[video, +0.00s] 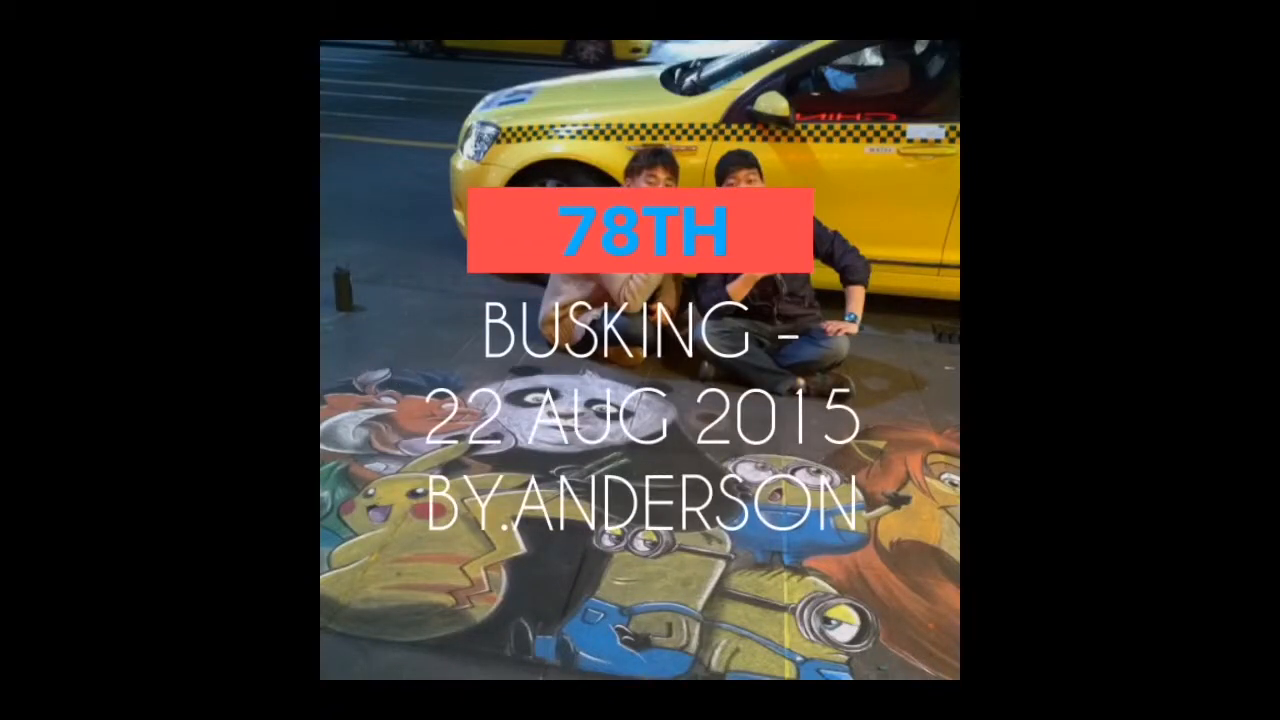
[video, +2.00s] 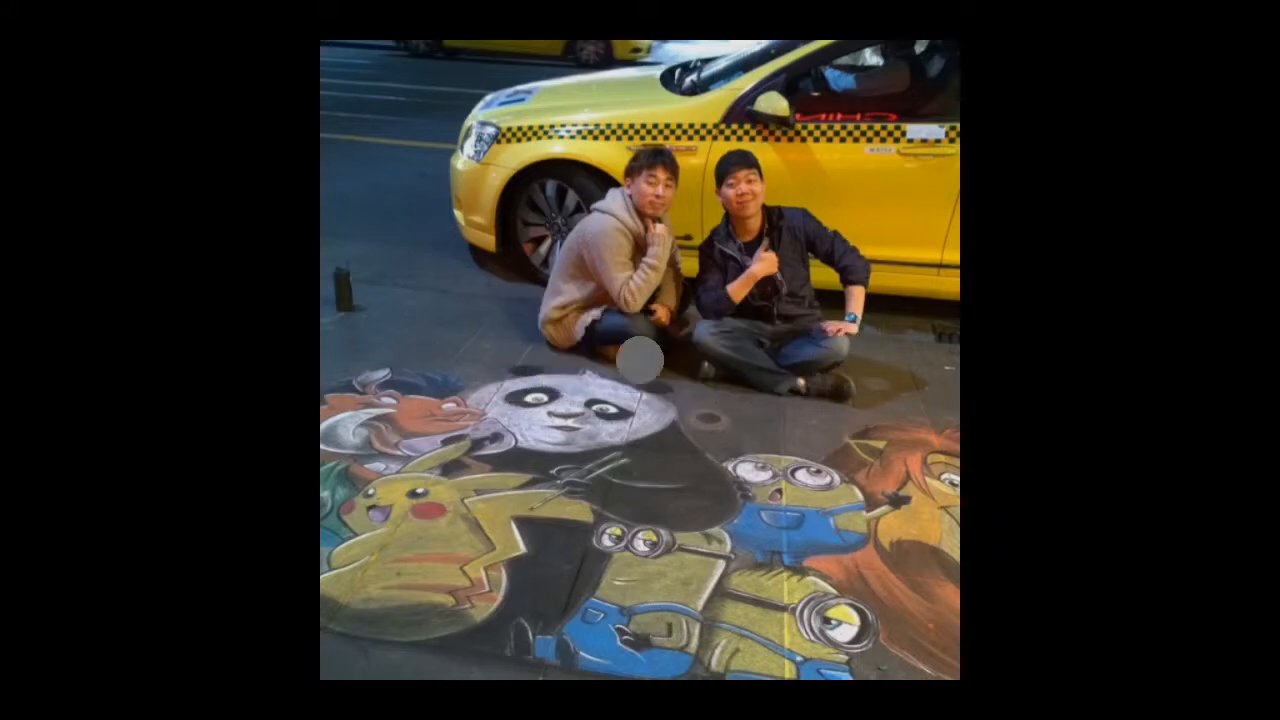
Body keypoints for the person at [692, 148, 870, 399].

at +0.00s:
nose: (743, 190)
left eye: (750, 181)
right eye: (732, 184)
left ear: (763, 184)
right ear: (721, 192)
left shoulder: (791, 220)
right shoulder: (716, 230)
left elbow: (853, 262)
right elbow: (707, 303)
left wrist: (851, 319)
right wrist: (751, 276)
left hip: (800, 325)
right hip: (747, 324)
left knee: (837, 345)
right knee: (708, 333)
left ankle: (732, 371)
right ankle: (798, 386)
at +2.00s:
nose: (743, 191)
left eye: (750, 181)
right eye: (732, 185)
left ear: (763, 187)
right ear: (720, 195)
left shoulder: (795, 222)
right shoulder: (713, 246)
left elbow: (853, 262)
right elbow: (709, 308)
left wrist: (851, 320)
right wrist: (752, 275)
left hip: (799, 328)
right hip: (747, 328)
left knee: (837, 345)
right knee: (704, 334)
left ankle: (734, 372)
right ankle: (798, 386)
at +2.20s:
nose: (742, 190)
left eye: (750, 181)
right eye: (732, 184)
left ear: (763, 187)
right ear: (720, 195)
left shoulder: (795, 222)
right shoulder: (713, 245)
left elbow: (853, 262)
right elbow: (709, 301)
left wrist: (852, 320)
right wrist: (753, 273)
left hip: (799, 329)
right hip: (744, 333)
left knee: (837, 346)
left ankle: (749, 370)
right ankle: (799, 386)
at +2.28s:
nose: (743, 190)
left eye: (750, 181)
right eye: (733, 184)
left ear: (763, 186)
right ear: (720, 191)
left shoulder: (792, 221)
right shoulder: (713, 231)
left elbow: (853, 262)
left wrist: (851, 320)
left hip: (792, 326)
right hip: (735, 331)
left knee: (839, 344)